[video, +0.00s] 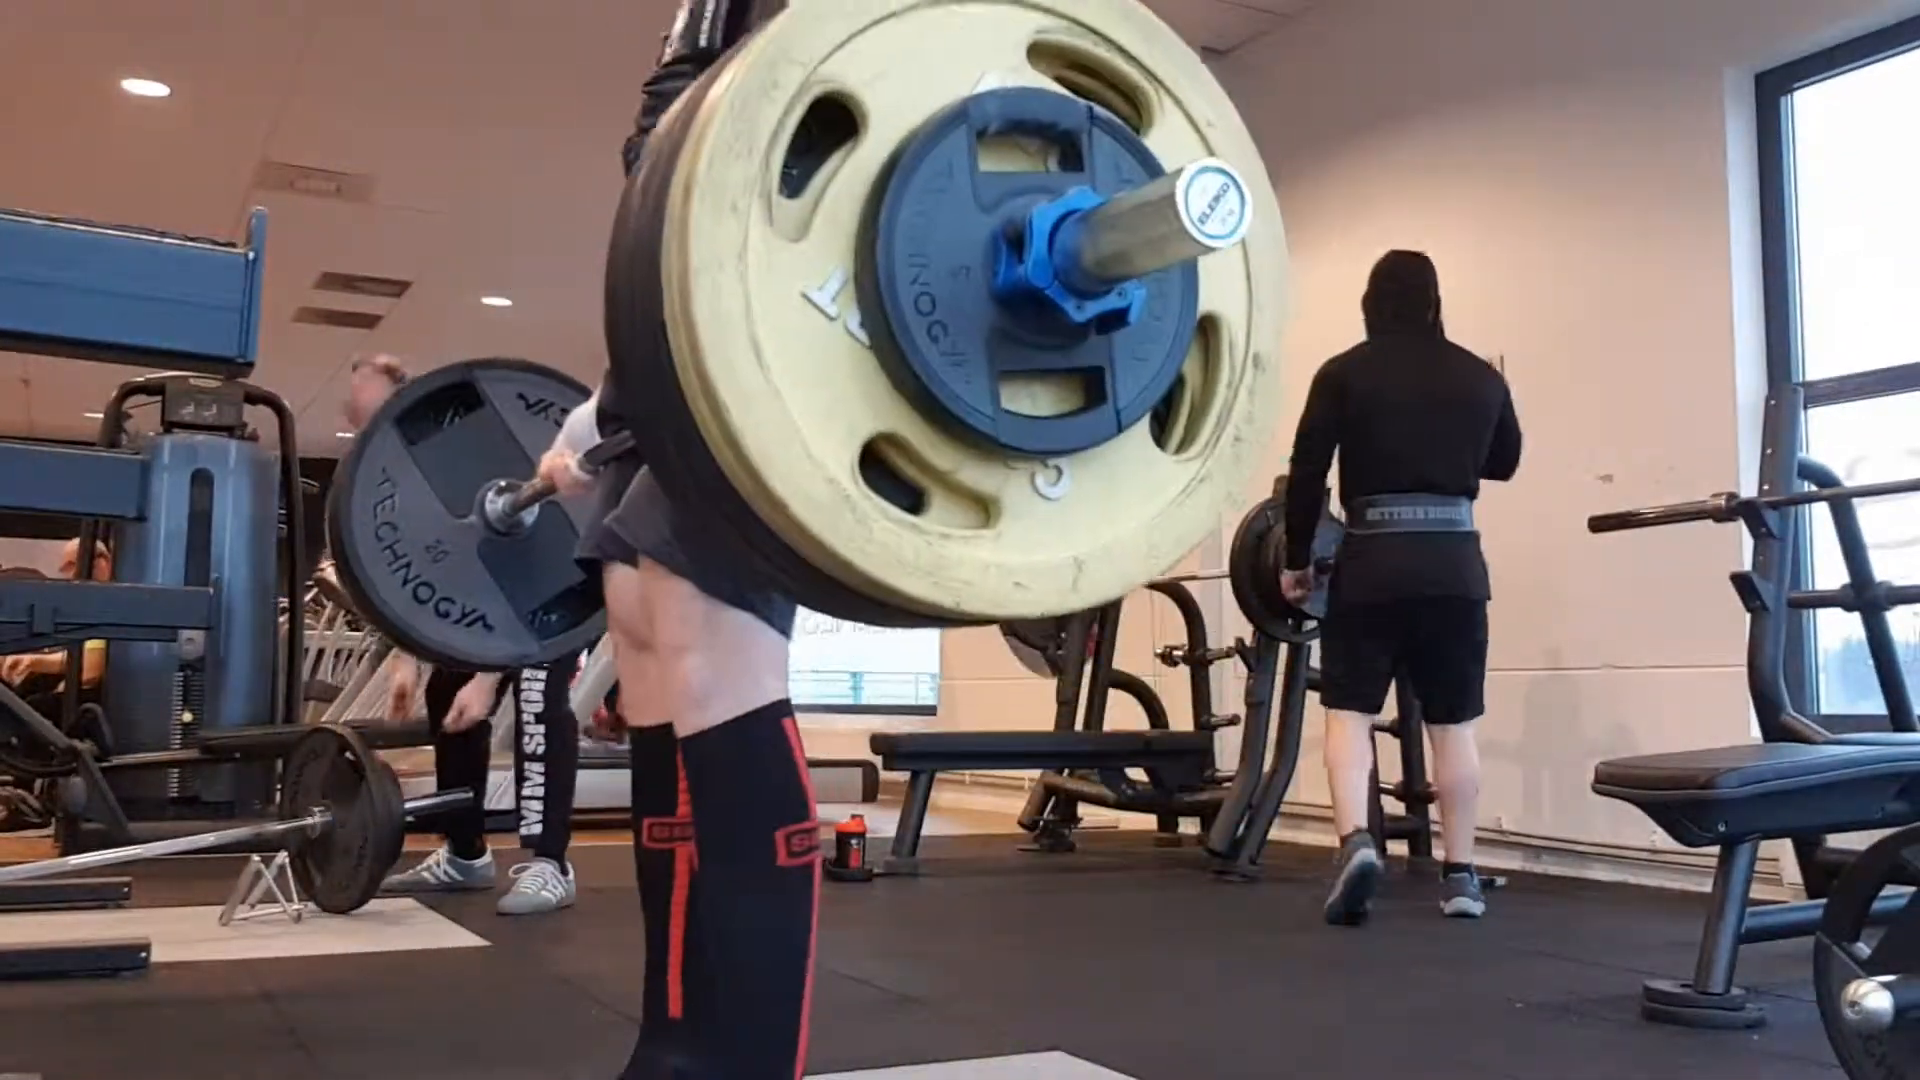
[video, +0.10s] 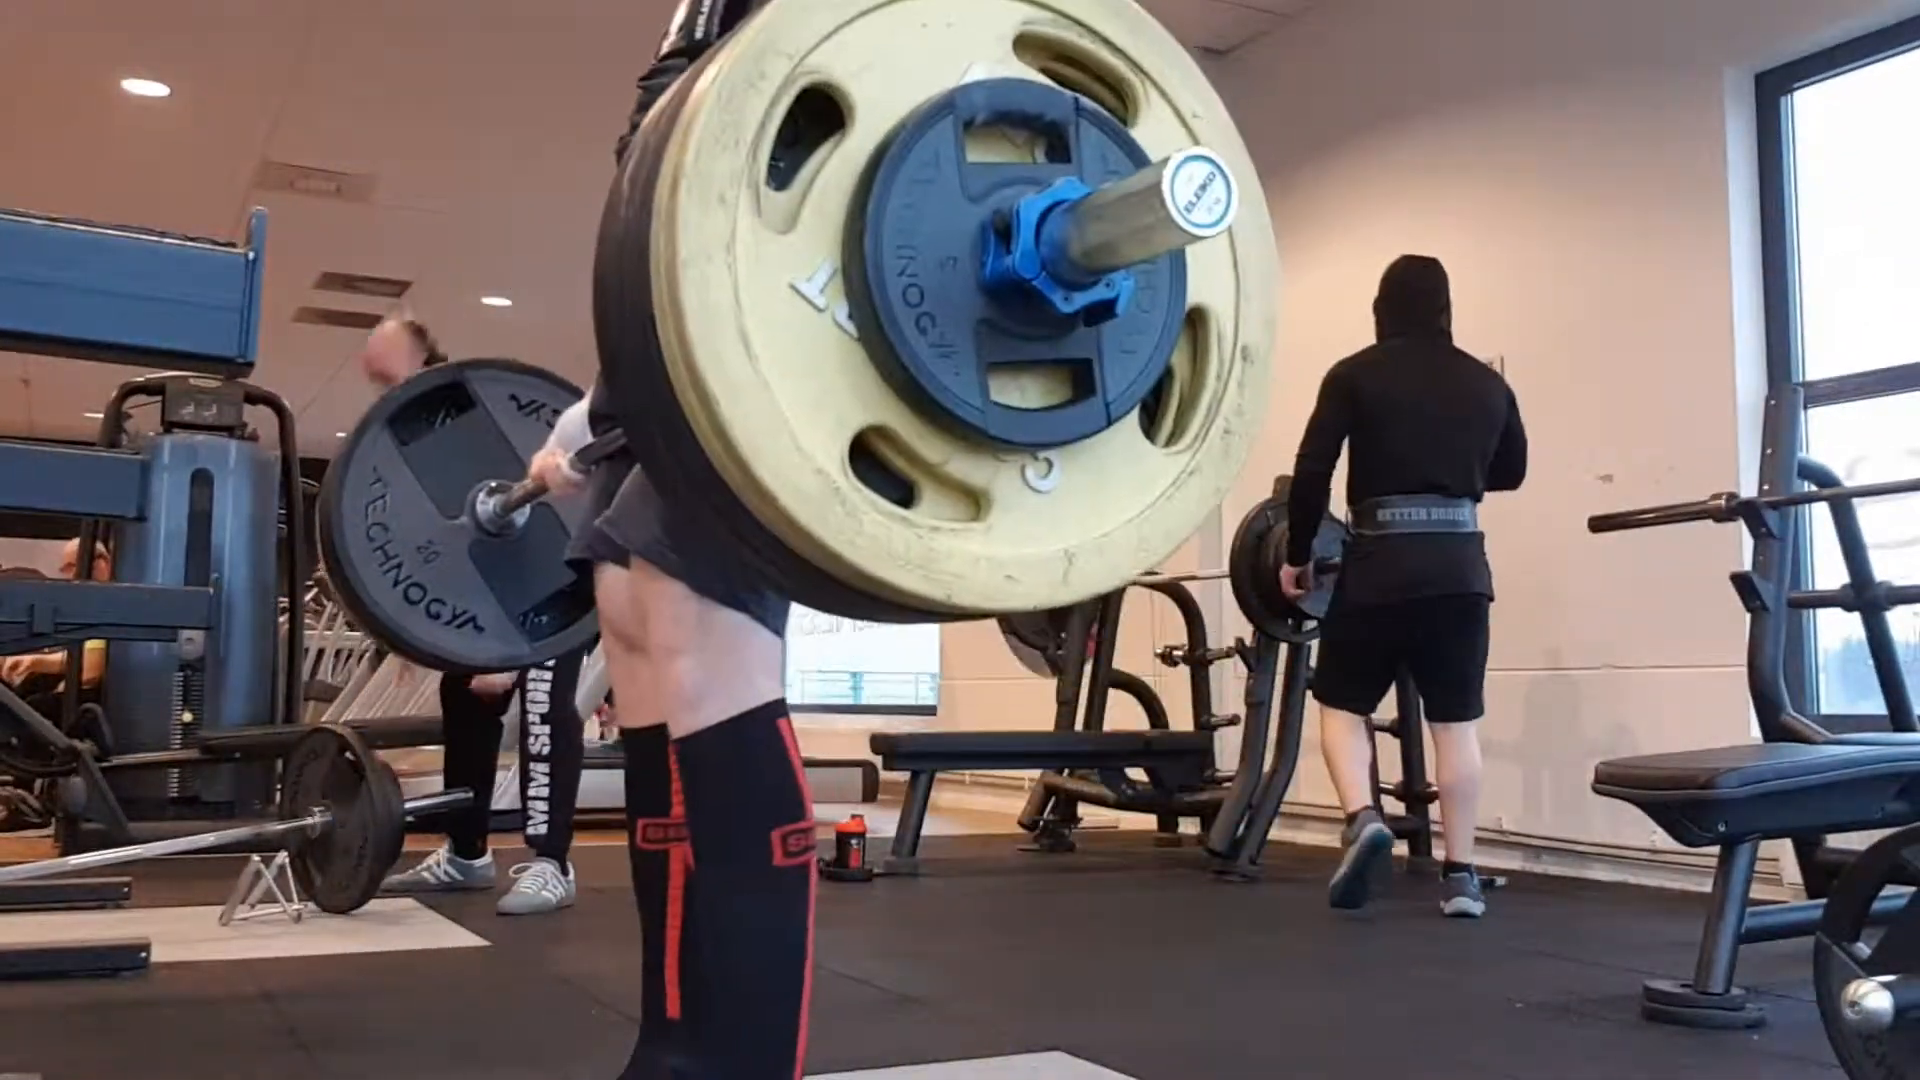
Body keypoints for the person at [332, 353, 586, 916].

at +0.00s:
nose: (356, 424)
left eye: (363, 410)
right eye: (354, 413)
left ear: (398, 395)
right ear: (365, 410)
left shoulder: (460, 444)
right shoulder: (392, 461)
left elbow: (515, 564)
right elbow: (419, 562)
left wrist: (490, 674)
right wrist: (406, 651)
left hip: (538, 589)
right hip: (471, 595)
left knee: (540, 701)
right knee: (450, 696)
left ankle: (549, 862)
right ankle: (465, 853)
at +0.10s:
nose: (388, 393)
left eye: (392, 377)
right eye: (380, 381)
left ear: (423, 361)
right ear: (380, 376)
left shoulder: (488, 416)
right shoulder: (407, 432)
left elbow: (530, 531)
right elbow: (408, 543)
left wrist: (506, 645)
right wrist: (420, 629)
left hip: (553, 584)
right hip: (479, 594)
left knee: (545, 703)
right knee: (465, 694)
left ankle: (549, 862)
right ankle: (467, 855)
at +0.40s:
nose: (453, 269)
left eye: (466, 256)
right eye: (451, 257)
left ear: (508, 265)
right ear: (465, 270)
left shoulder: (560, 335)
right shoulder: (466, 349)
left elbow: (585, 438)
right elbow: (474, 448)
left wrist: (556, 518)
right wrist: (458, 534)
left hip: (557, 543)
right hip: (490, 545)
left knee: (556, 693)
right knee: (488, 690)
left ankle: (553, 858)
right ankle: (513, 841)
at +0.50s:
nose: (478, 252)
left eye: (492, 239)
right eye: (474, 241)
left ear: (532, 249)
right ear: (474, 254)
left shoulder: (568, 327)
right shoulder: (472, 342)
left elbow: (587, 437)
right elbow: (478, 437)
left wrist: (567, 537)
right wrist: (460, 526)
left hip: (565, 533)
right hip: (498, 539)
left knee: (566, 687)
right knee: (506, 687)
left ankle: (555, 857)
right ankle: (525, 846)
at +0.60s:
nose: (504, 253)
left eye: (515, 240)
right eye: (497, 243)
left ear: (544, 248)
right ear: (490, 259)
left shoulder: (587, 328)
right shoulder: (480, 338)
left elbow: (621, 426)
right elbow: (460, 448)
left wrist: (613, 519)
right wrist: (444, 539)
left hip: (585, 531)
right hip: (510, 534)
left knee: (578, 684)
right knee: (515, 681)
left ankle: (571, 855)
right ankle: (527, 848)